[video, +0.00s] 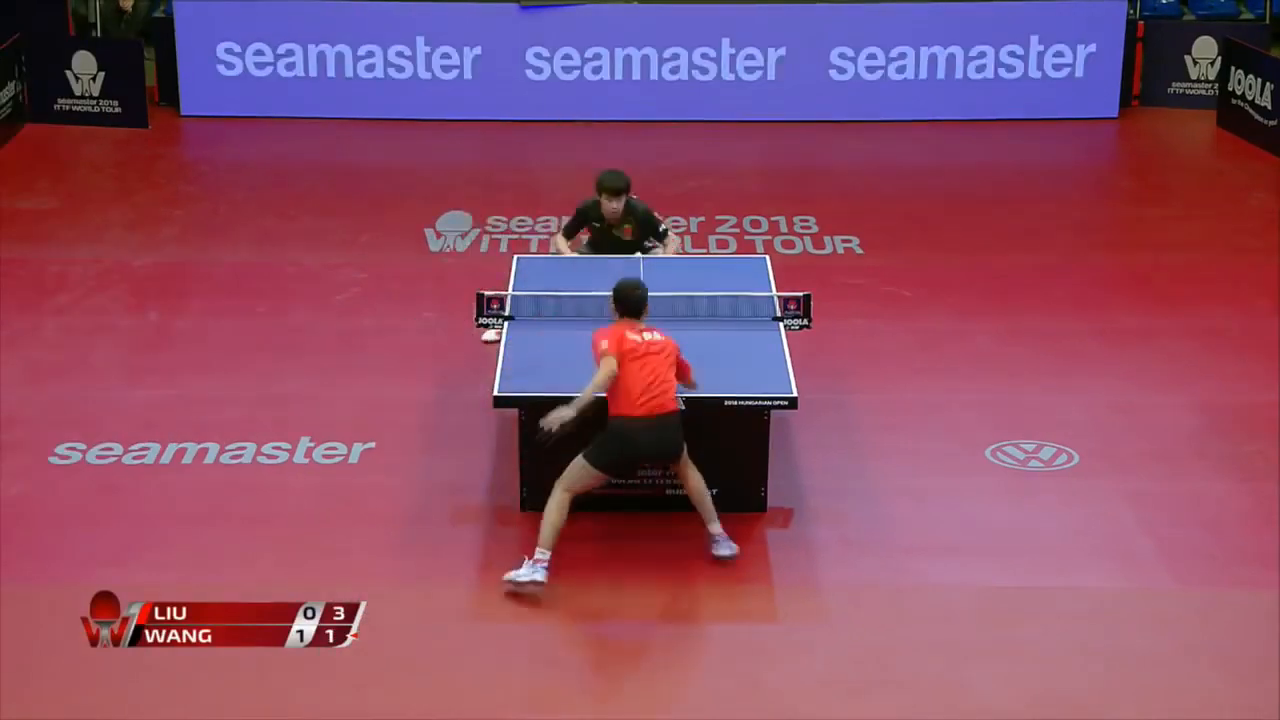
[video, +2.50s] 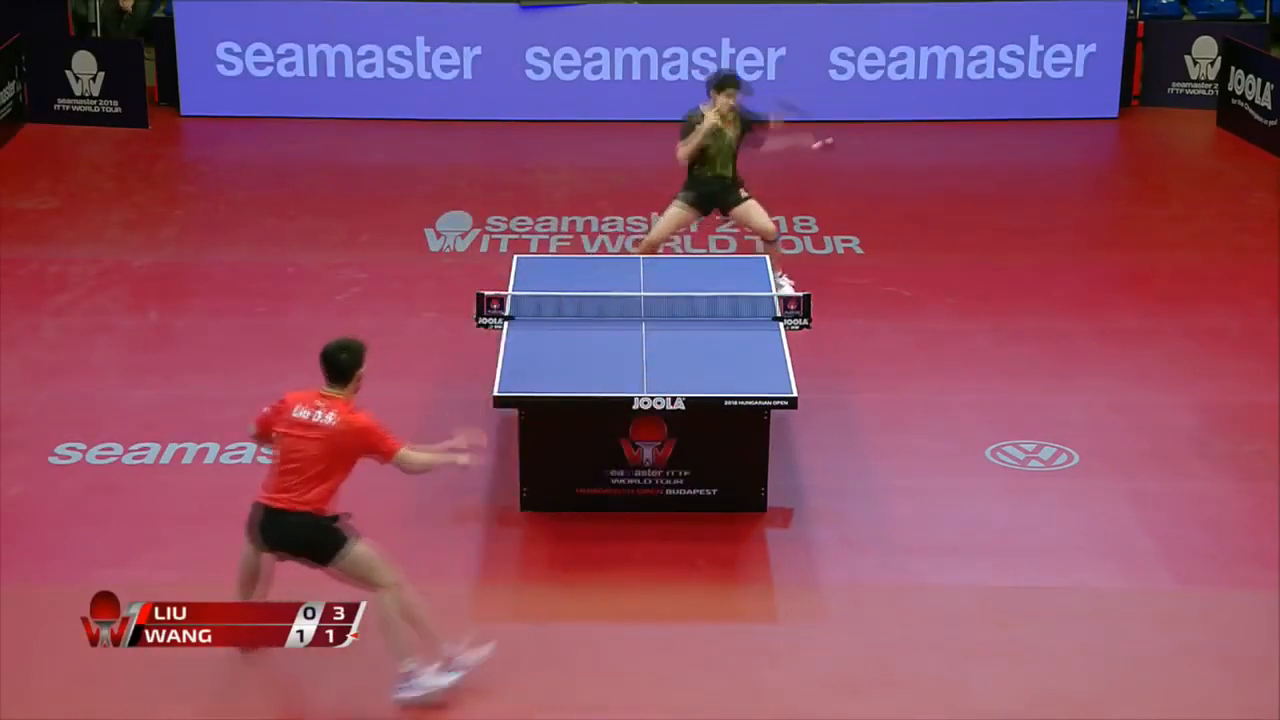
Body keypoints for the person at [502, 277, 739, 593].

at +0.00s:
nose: (610, 306)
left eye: (612, 302)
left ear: (614, 306)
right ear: (645, 308)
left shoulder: (607, 335)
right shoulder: (665, 341)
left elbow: (610, 370)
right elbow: (690, 382)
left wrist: (573, 408)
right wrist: (658, 368)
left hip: (625, 434)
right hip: (668, 432)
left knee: (564, 488)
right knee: (684, 466)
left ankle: (538, 564)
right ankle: (720, 538)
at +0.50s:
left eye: (595, 350)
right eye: (614, 351)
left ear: (588, 356)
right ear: (620, 358)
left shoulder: (566, 387)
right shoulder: (636, 397)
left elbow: (540, 424)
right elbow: (675, 430)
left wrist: (517, 473)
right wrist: (681, 409)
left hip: (557, 486)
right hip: (603, 491)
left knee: (507, 522)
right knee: (665, 549)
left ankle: (469, 593)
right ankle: (677, 637)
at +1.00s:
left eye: (528, 361)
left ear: (526, 365)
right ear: (560, 365)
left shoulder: (514, 401)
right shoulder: (583, 397)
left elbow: (503, 421)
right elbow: (614, 431)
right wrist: (590, 447)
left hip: (555, 506)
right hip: (601, 502)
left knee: (484, 528)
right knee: (627, 497)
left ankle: (445, 609)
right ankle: (665, 560)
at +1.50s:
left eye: (538, 311)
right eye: (564, 310)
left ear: (536, 314)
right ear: (568, 314)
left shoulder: (533, 351)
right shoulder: (591, 351)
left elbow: (517, 394)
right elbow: (620, 398)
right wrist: (623, 387)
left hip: (554, 455)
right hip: (595, 451)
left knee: (487, 500)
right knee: (590, 479)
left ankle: (458, 586)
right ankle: (616, 543)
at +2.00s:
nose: (469, 335)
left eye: (459, 332)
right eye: (468, 332)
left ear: (433, 334)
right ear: (463, 335)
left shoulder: (413, 375)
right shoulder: (480, 369)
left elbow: (373, 418)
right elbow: (505, 372)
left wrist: (345, 424)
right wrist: (497, 360)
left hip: (425, 484)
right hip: (471, 485)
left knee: (378, 499)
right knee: (534, 538)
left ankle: (366, 583)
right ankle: (597, 594)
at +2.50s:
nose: (363, 374)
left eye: (361, 369)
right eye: (362, 370)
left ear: (323, 371)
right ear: (358, 375)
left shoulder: (291, 403)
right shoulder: (355, 423)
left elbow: (259, 433)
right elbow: (408, 460)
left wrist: (299, 438)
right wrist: (451, 456)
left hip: (265, 519)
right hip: (308, 526)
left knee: (254, 545)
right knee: (388, 582)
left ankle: (242, 623)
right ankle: (412, 672)